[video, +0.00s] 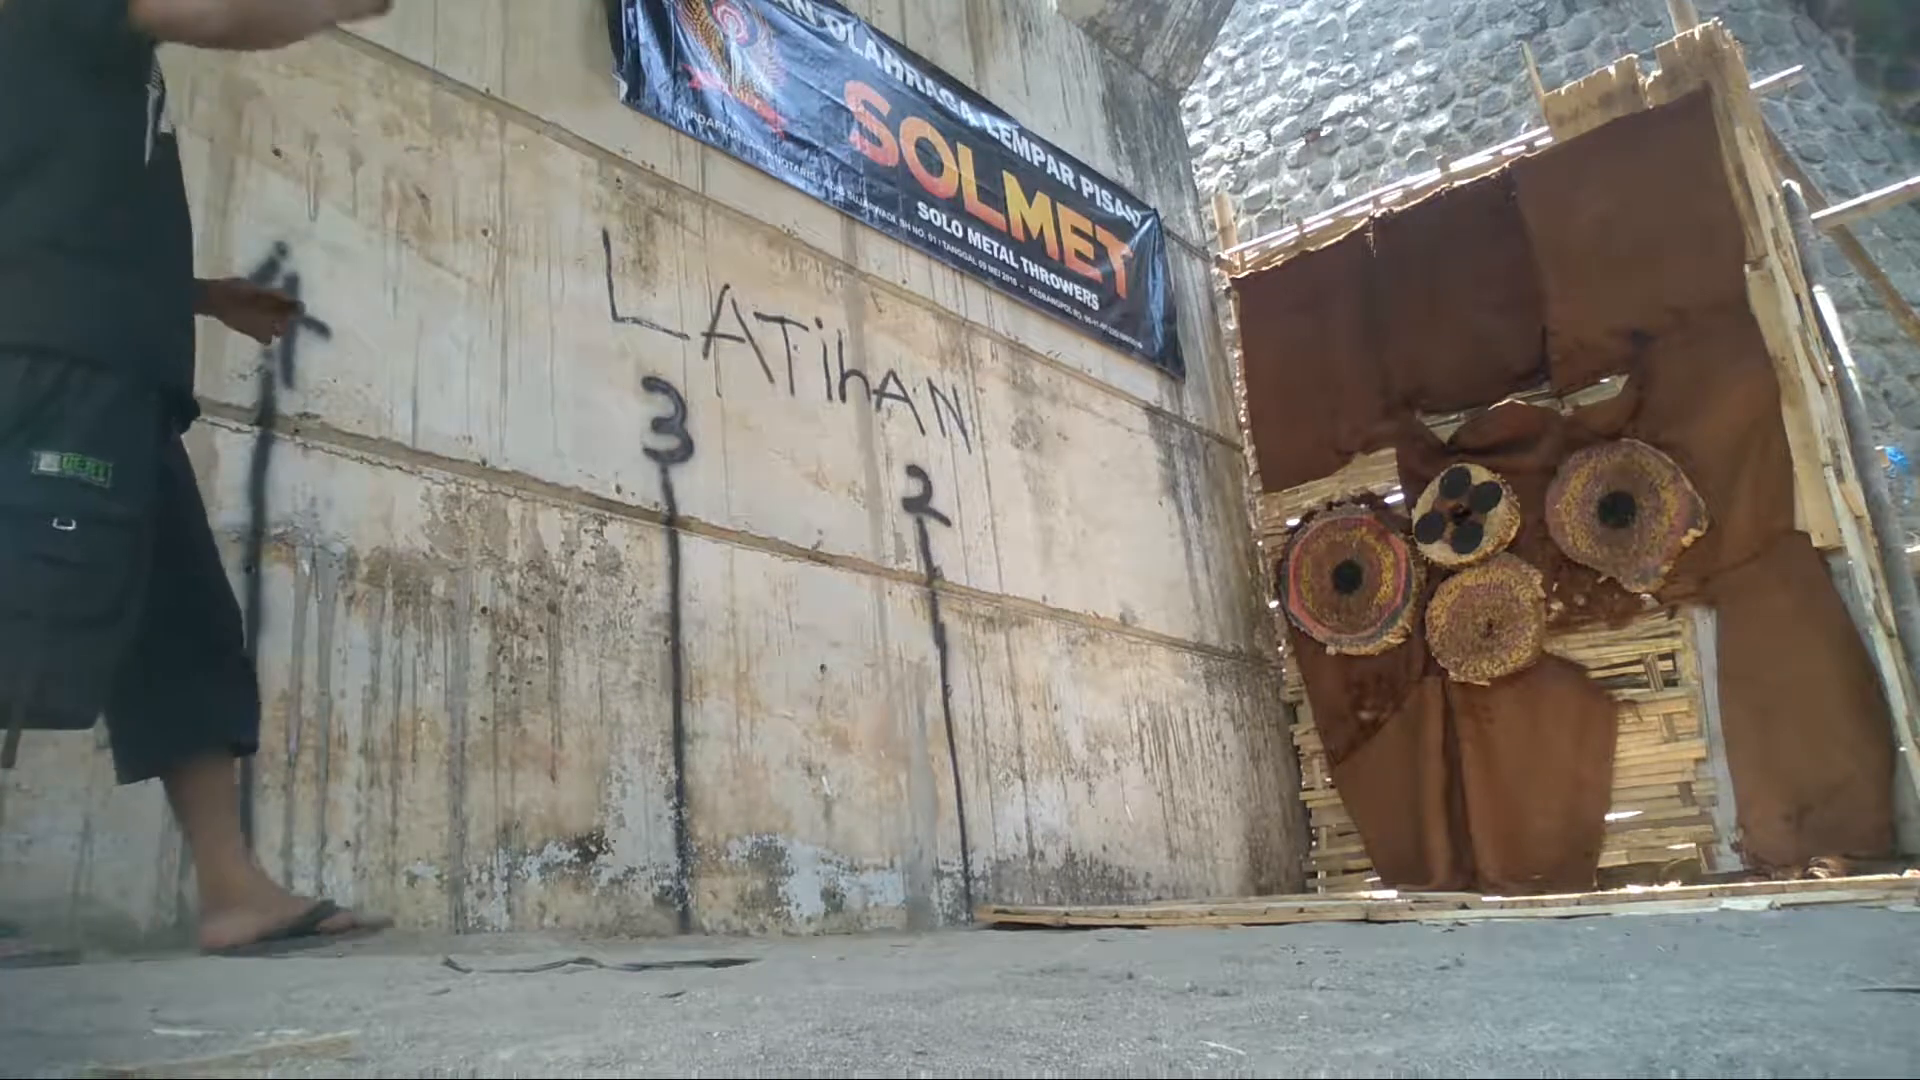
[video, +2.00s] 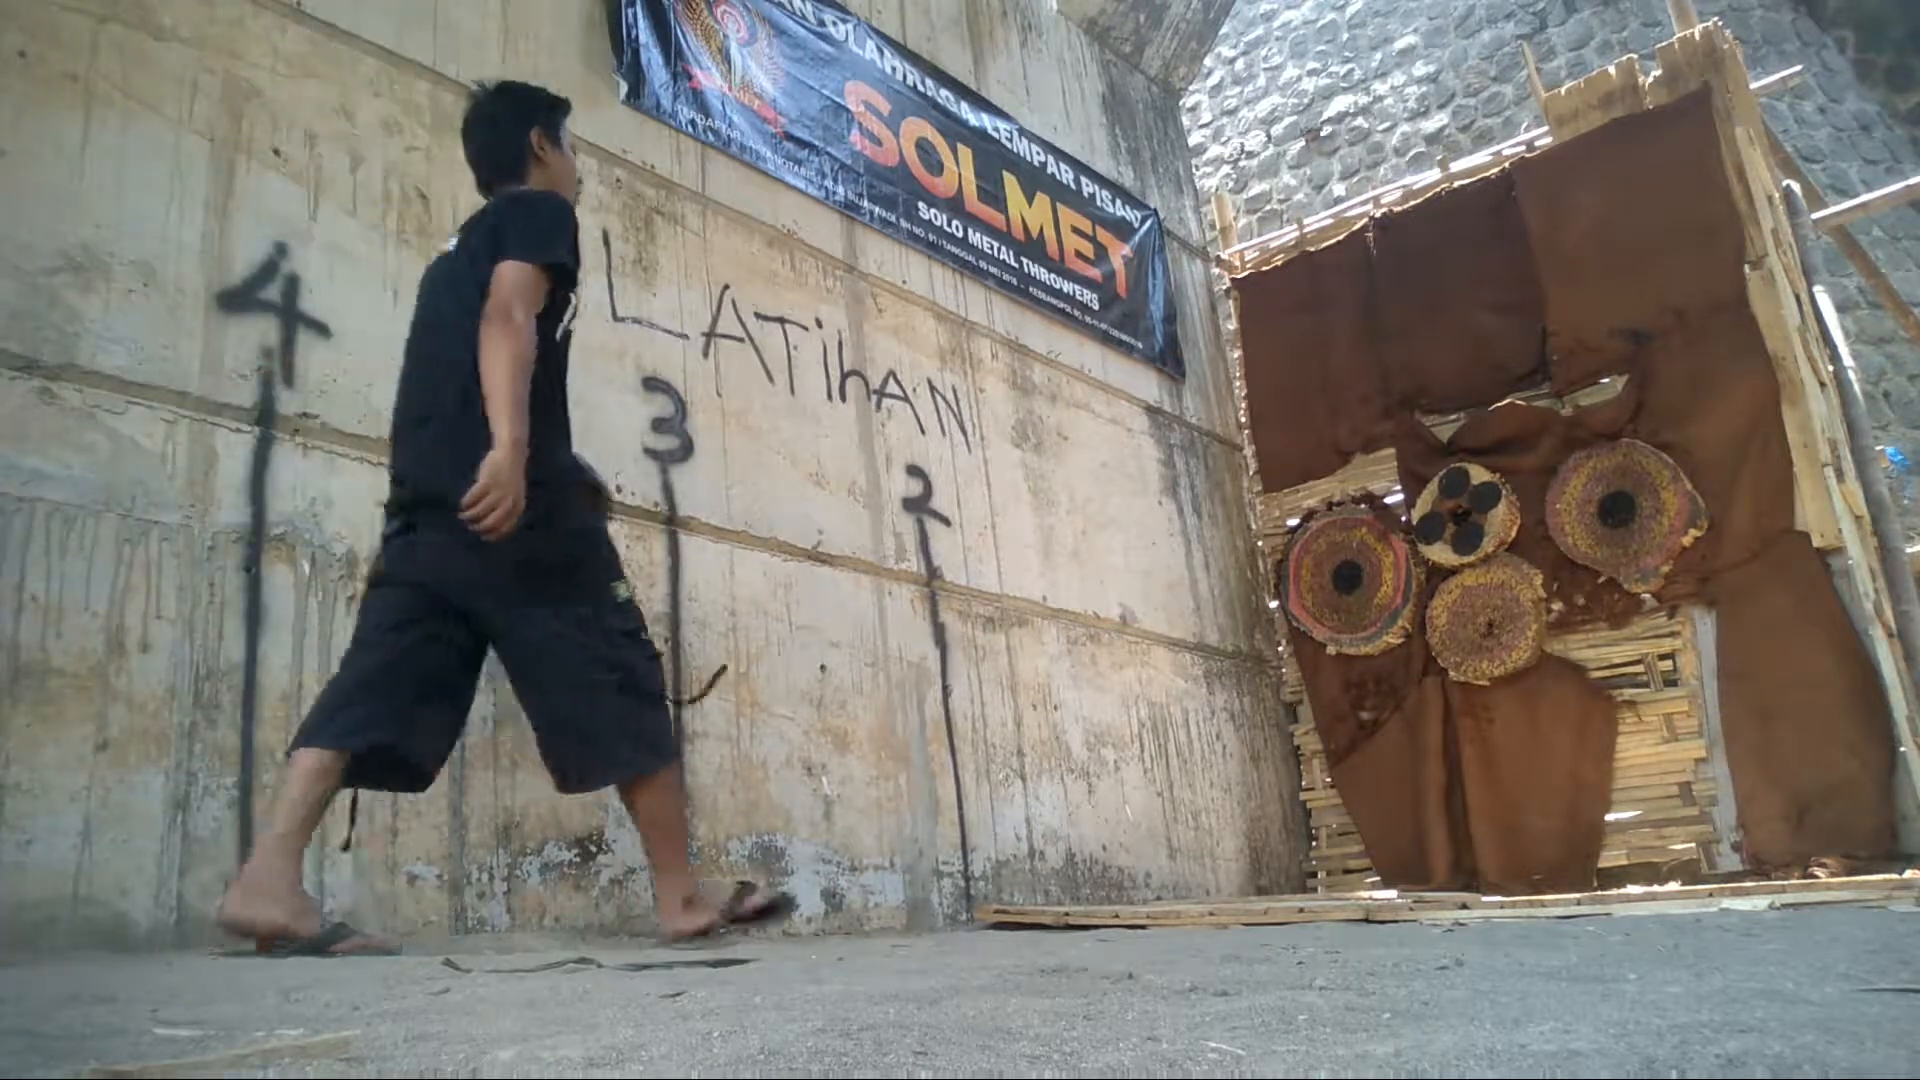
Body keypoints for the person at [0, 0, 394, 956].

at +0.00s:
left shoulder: (96, 49)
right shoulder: (56, 23)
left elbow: (65, 237)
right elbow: (224, 18)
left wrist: (206, 296)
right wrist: (344, 4)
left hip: (118, 384)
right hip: (41, 369)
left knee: (183, 629)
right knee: (18, 642)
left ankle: (233, 890)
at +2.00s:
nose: (577, 167)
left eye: (574, 151)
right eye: (570, 150)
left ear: (489, 164)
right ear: (540, 149)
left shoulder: (454, 256)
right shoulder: (542, 212)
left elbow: (446, 397)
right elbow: (507, 315)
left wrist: (560, 468)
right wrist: (508, 448)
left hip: (431, 509)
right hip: (529, 501)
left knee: (368, 681)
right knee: (620, 678)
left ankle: (267, 878)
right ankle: (681, 893)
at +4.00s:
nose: (1206, 422)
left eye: (1201, 414)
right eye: (1202, 414)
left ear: (1150, 434)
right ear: (1194, 417)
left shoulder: (1142, 498)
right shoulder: (1227, 462)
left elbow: (1143, 589)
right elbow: (1293, 531)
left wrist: (1150, 659)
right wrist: (1341, 578)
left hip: (1191, 643)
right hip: (1246, 626)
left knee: (1240, 762)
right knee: (1288, 737)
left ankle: (1280, 875)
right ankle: (1249, 798)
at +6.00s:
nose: (1321, 480)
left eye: (1320, 472)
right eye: (1316, 473)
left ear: (1285, 478)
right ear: (1294, 476)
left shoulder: (1273, 526)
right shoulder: (1302, 517)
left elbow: (1343, 553)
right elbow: (1363, 544)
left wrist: (1392, 542)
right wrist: (1405, 536)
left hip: (1286, 653)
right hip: (1310, 653)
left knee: (1321, 759)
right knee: (1345, 751)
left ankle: (1333, 873)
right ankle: (1359, 868)